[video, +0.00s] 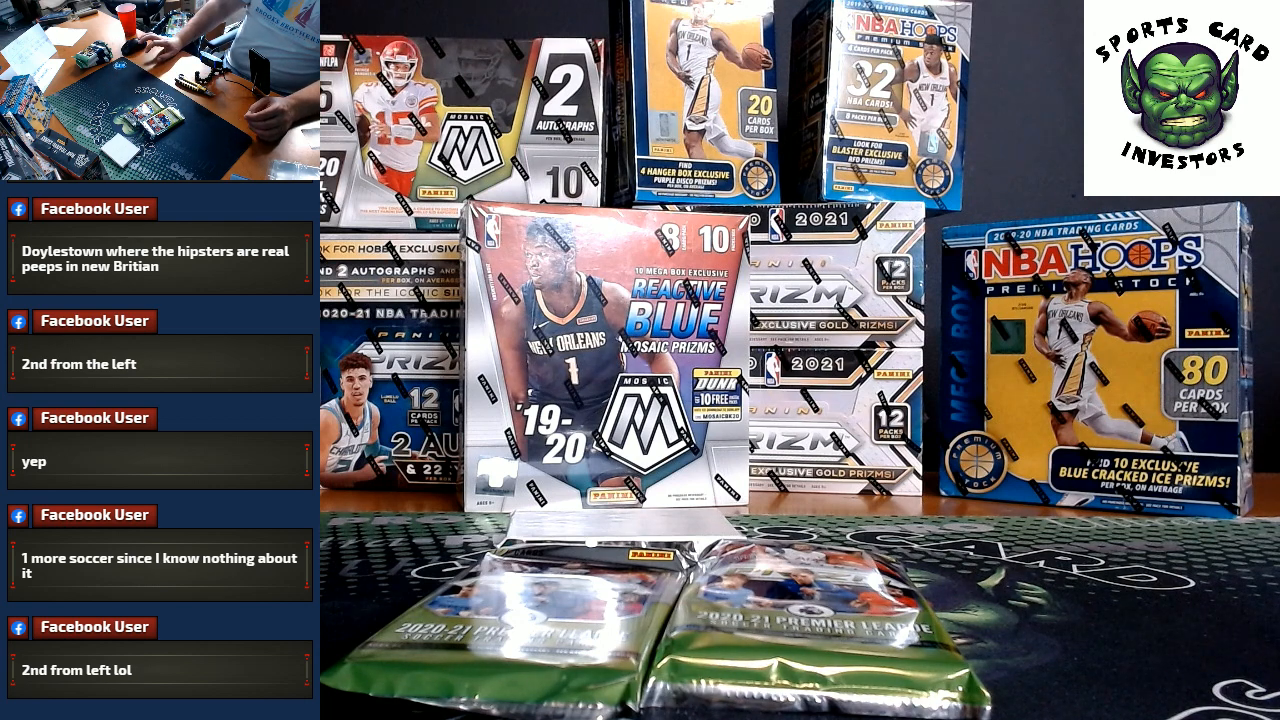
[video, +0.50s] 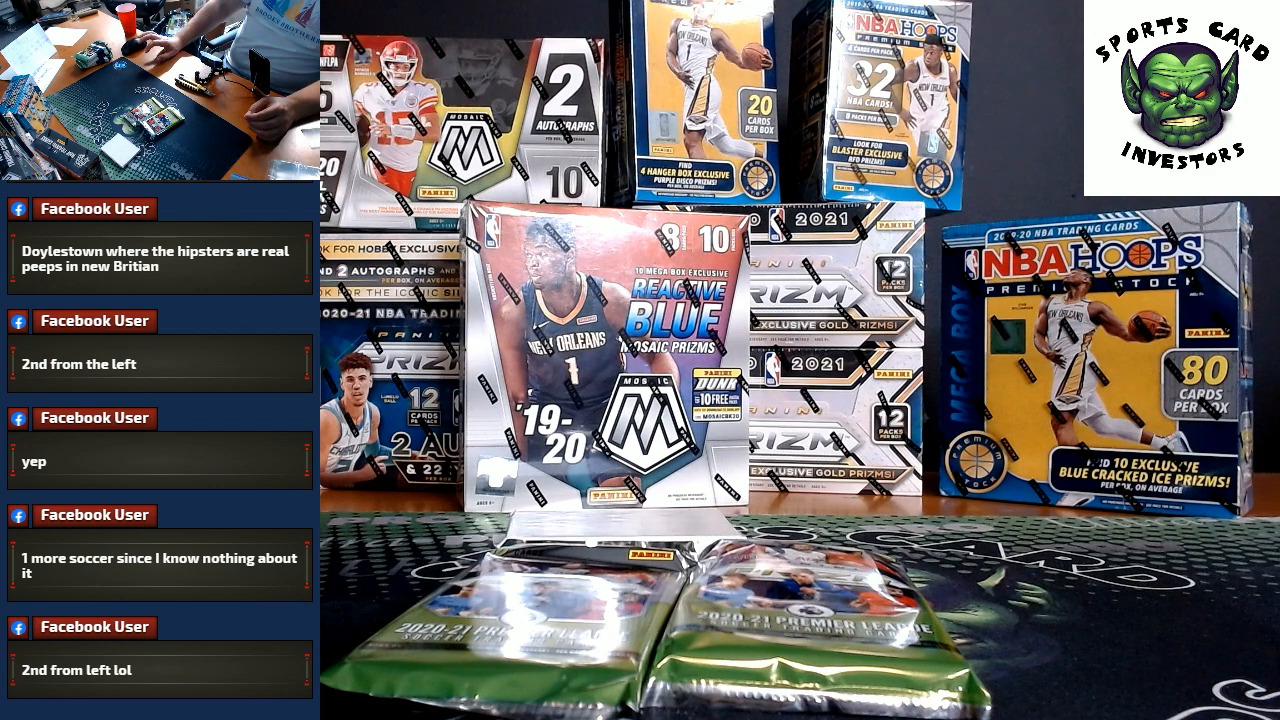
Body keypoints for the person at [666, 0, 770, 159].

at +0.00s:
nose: (697, 9)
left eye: (702, 6)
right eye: (695, 5)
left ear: (711, 12)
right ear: (691, 8)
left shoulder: (715, 34)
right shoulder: (678, 24)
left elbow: (740, 60)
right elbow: (670, 53)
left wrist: (765, 63)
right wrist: (678, 72)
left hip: (705, 87)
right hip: (692, 88)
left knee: (692, 141)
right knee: (725, 145)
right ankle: (767, 158)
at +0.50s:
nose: (697, 9)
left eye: (702, 6)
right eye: (695, 5)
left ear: (711, 12)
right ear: (691, 8)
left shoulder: (715, 34)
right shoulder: (678, 25)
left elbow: (739, 60)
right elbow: (670, 53)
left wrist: (764, 62)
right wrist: (678, 72)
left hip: (705, 87)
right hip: (692, 88)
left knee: (692, 141)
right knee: (725, 145)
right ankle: (767, 158)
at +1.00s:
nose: (697, 9)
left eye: (702, 6)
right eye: (694, 5)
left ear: (711, 12)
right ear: (691, 8)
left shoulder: (715, 34)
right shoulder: (678, 25)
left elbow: (739, 60)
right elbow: (670, 53)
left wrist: (764, 63)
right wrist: (678, 72)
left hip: (705, 87)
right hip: (692, 88)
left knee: (692, 141)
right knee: (725, 145)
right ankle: (767, 158)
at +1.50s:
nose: (697, 9)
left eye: (703, 6)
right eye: (695, 6)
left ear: (711, 12)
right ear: (692, 8)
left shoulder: (715, 34)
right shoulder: (678, 25)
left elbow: (740, 59)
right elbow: (670, 53)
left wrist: (764, 62)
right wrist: (678, 72)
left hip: (705, 87)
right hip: (692, 88)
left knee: (692, 141)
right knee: (725, 145)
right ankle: (766, 158)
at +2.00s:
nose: (697, 9)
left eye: (703, 6)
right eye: (695, 6)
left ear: (711, 12)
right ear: (692, 8)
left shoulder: (715, 34)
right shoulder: (678, 24)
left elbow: (740, 59)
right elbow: (670, 53)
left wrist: (764, 62)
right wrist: (678, 72)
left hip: (705, 87)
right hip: (692, 88)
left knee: (692, 141)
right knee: (725, 145)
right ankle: (766, 157)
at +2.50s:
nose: (697, 10)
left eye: (702, 7)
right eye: (695, 6)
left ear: (711, 12)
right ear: (691, 9)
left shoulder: (715, 34)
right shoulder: (678, 24)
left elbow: (739, 59)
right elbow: (670, 53)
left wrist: (764, 62)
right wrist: (678, 72)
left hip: (705, 87)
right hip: (692, 88)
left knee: (692, 141)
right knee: (725, 145)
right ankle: (767, 158)